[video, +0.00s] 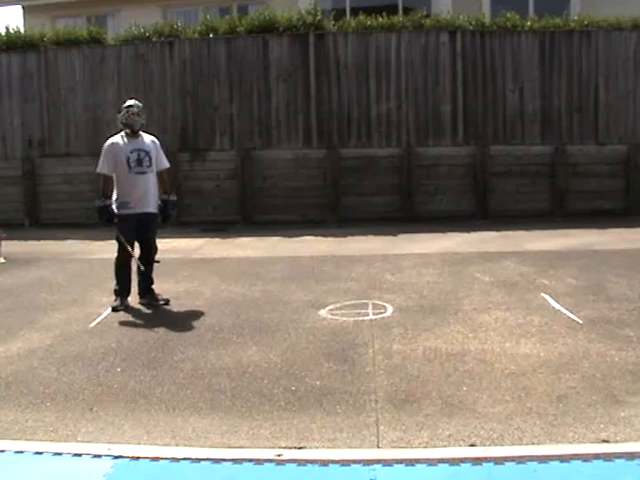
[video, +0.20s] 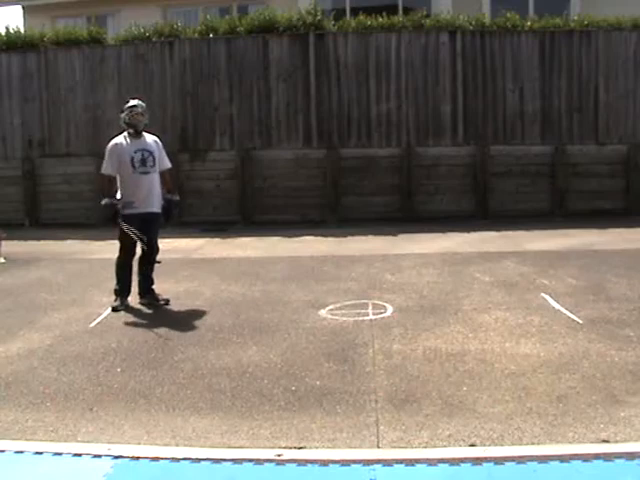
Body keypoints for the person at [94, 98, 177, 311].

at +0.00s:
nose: (133, 119)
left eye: (137, 114)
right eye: (129, 115)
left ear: (142, 118)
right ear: (122, 118)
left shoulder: (152, 142)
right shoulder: (113, 145)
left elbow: (162, 172)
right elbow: (107, 176)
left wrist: (167, 196)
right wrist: (105, 201)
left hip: (149, 206)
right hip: (125, 207)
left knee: (149, 252)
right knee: (125, 252)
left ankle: (147, 291)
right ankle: (121, 295)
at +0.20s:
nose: (137, 118)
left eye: (141, 114)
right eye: (132, 115)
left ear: (146, 117)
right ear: (124, 118)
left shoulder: (154, 142)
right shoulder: (116, 145)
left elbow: (165, 171)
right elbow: (109, 176)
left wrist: (171, 195)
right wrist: (110, 198)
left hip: (152, 206)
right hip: (128, 208)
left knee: (150, 250)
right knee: (127, 252)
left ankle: (147, 291)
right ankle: (121, 294)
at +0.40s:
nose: (141, 118)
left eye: (144, 114)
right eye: (136, 115)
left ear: (149, 118)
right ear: (127, 118)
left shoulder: (157, 141)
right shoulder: (119, 146)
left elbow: (167, 169)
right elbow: (114, 177)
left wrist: (172, 190)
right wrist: (116, 199)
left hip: (156, 207)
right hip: (132, 208)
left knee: (152, 251)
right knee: (129, 252)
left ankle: (147, 291)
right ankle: (121, 294)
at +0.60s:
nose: (142, 119)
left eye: (145, 115)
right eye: (137, 115)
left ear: (150, 118)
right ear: (128, 119)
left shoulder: (157, 142)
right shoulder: (121, 147)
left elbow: (168, 169)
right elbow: (118, 178)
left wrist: (174, 191)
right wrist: (119, 202)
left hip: (158, 207)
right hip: (134, 208)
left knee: (153, 252)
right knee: (130, 251)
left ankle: (147, 291)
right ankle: (122, 294)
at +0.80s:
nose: (145, 119)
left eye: (148, 115)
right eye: (140, 115)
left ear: (152, 118)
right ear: (131, 119)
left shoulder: (157, 142)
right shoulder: (122, 146)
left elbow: (168, 170)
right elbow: (119, 178)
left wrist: (172, 194)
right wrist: (119, 203)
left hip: (157, 206)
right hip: (136, 207)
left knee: (153, 252)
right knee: (132, 250)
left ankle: (147, 291)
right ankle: (119, 294)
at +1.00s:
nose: (145, 120)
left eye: (148, 115)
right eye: (140, 116)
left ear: (152, 118)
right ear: (130, 119)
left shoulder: (156, 142)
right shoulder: (121, 146)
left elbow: (167, 171)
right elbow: (116, 179)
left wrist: (171, 196)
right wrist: (115, 204)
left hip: (156, 207)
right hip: (133, 208)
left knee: (152, 252)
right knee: (130, 251)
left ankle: (147, 291)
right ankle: (117, 294)